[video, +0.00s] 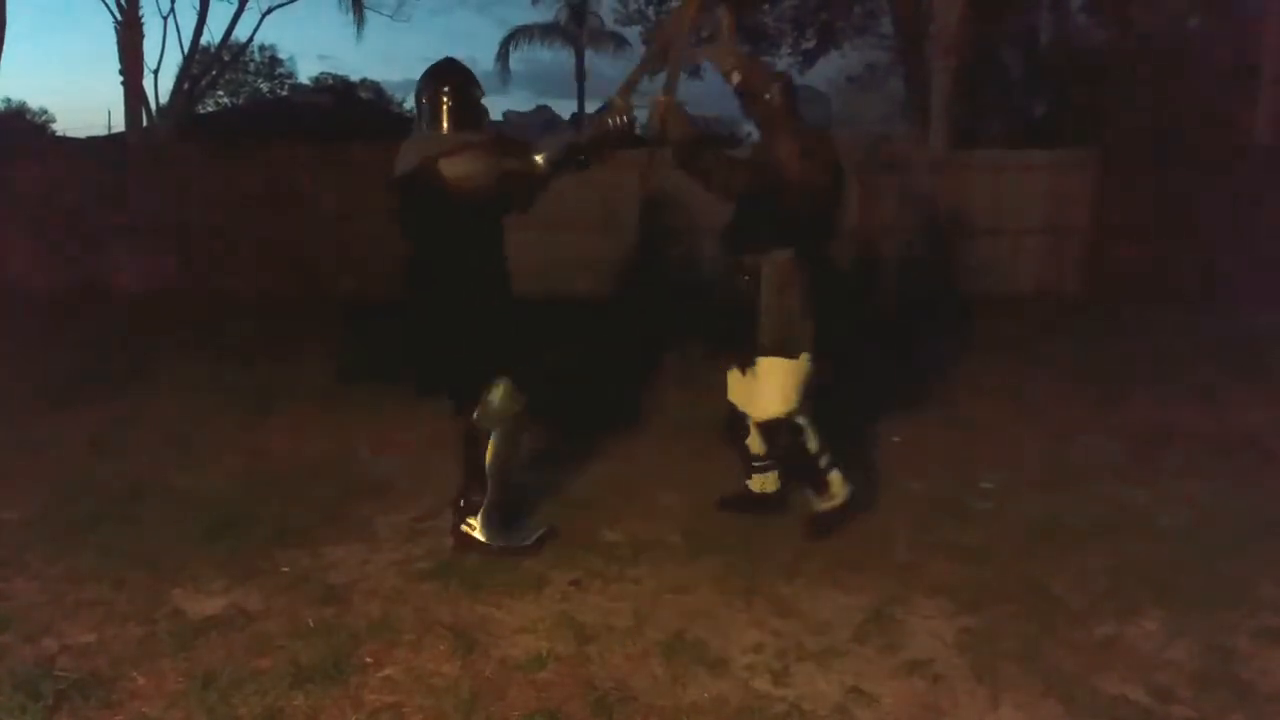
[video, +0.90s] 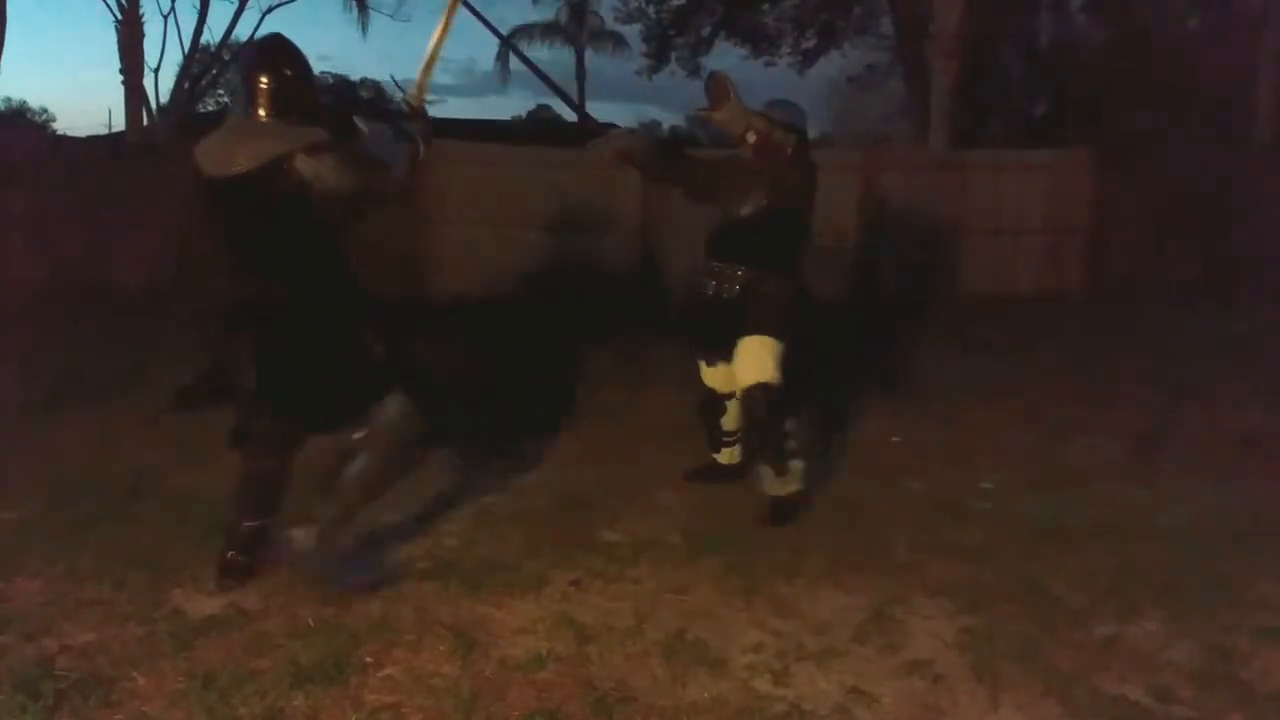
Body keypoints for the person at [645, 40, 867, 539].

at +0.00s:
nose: (759, 108)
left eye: (767, 98)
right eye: (754, 101)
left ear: (786, 100)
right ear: (752, 108)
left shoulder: (808, 150)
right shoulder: (762, 159)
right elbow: (719, 174)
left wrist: (734, 66)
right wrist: (681, 136)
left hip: (790, 277)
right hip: (749, 276)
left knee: (776, 397)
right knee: (746, 391)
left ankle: (832, 492)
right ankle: (762, 487)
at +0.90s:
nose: (759, 139)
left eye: (770, 132)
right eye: (759, 131)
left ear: (791, 140)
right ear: (754, 135)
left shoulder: (797, 176)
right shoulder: (735, 171)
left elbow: (779, 150)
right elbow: (692, 172)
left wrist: (742, 121)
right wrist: (642, 153)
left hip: (766, 292)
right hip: (721, 287)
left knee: (758, 385)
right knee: (718, 382)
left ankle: (784, 487)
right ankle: (729, 458)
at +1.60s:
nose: (707, 135)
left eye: (719, 128)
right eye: (706, 126)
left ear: (744, 134)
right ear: (702, 127)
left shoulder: (762, 179)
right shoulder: (686, 162)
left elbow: (781, 187)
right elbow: (642, 153)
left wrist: (751, 149)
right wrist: (604, 133)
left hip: (717, 289)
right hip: (665, 280)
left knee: (705, 393)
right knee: (642, 374)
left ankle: (715, 489)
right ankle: (663, 447)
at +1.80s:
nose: (705, 143)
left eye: (715, 134)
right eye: (701, 134)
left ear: (735, 137)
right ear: (695, 135)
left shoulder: (751, 182)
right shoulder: (672, 168)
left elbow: (762, 214)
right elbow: (629, 159)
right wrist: (586, 144)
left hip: (701, 293)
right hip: (650, 283)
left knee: (695, 395)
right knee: (624, 381)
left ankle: (714, 490)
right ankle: (629, 465)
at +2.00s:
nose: (680, 150)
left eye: (693, 141)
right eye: (678, 141)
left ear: (717, 143)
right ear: (673, 141)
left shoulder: (729, 185)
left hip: (687, 289)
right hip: (631, 279)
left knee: (686, 394)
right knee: (614, 384)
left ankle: (712, 490)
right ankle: (628, 467)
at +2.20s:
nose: (665, 139)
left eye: (674, 130)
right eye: (661, 131)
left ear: (698, 131)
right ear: (657, 131)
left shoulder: (719, 172)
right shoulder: (646, 161)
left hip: (683, 286)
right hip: (632, 279)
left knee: (685, 395)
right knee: (619, 387)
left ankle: (713, 490)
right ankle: (629, 468)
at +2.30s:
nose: (662, 138)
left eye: (675, 129)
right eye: (659, 130)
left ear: (697, 133)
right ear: (658, 132)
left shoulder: (714, 171)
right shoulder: (652, 166)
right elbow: (612, 186)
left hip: (686, 285)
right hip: (638, 280)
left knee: (680, 395)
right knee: (626, 383)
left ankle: (716, 486)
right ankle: (631, 467)